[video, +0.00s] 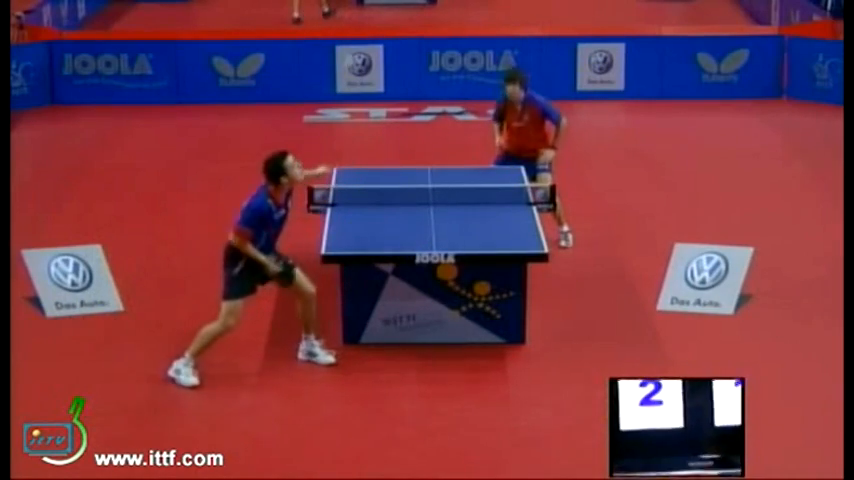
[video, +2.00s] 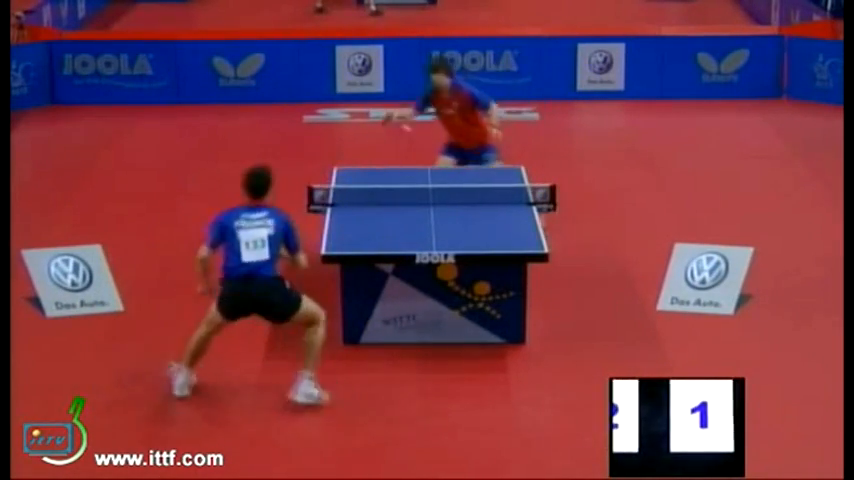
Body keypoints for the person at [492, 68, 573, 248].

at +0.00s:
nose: (511, 92)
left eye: (514, 87)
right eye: (508, 87)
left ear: (522, 88)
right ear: (505, 88)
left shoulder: (536, 103)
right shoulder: (504, 104)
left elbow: (560, 121)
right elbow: (497, 120)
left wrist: (553, 147)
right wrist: (498, 137)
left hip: (536, 154)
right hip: (510, 153)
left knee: (546, 191)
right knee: (494, 184)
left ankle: (563, 228)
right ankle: (493, 229)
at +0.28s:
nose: (502, 84)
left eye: (506, 80)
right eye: (500, 80)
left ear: (513, 81)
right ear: (496, 81)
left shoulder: (526, 97)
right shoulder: (493, 97)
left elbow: (547, 117)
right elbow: (482, 114)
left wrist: (540, 144)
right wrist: (477, 128)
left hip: (522, 156)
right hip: (495, 154)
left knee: (540, 195)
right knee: (479, 191)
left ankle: (562, 229)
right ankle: (473, 233)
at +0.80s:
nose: (496, 95)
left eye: (499, 91)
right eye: (493, 91)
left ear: (506, 92)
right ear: (489, 92)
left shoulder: (518, 109)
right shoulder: (482, 107)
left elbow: (542, 127)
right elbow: (459, 123)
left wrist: (541, 149)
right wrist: (458, 139)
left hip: (514, 161)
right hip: (486, 160)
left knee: (530, 194)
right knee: (479, 197)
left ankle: (537, 229)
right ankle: (476, 232)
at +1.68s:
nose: (496, 74)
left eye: (499, 70)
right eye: (493, 70)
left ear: (507, 71)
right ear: (489, 71)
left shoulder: (519, 89)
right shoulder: (484, 88)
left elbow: (539, 108)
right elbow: (460, 104)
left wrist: (538, 127)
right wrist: (457, 124)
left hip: (515, 142)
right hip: (487, 141)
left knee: (532, 179)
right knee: (468, 176)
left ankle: (552, 216)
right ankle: (461, 220)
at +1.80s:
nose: (479, 86)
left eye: (483, 81)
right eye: (477, 81)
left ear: (491, 82)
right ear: (473, 82)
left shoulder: (504, 99)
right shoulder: (473, 99)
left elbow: (532, 115)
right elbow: (454, 115)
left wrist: (533, 139)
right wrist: (432, 127)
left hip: (510, 154)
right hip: (483, 153)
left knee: (528, 188)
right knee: (463, 183)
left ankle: (554, 218)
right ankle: (460, 220)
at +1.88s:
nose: (461, 90)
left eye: (464, 86)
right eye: (458, 86)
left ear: (473, 86)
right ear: (455, 87)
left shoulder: (487, 100)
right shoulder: (456, 103)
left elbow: (515, 114)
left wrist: (523, 138)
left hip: (503, 156)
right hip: (476, 154)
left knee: (522, 190)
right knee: (448, 180)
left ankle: (551, 217)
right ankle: (443, 220)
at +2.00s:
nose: (438, 80)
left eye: (441, 75)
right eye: (435, 76)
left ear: (448, 76)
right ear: (431, 77)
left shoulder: (463, 91)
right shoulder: (432, 95)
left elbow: (492, 107)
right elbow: (414, 113)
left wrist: (494, 126)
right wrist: (395, 116)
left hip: (481, 145)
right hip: (457, 145)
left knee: (491, 182)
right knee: (438, 177)